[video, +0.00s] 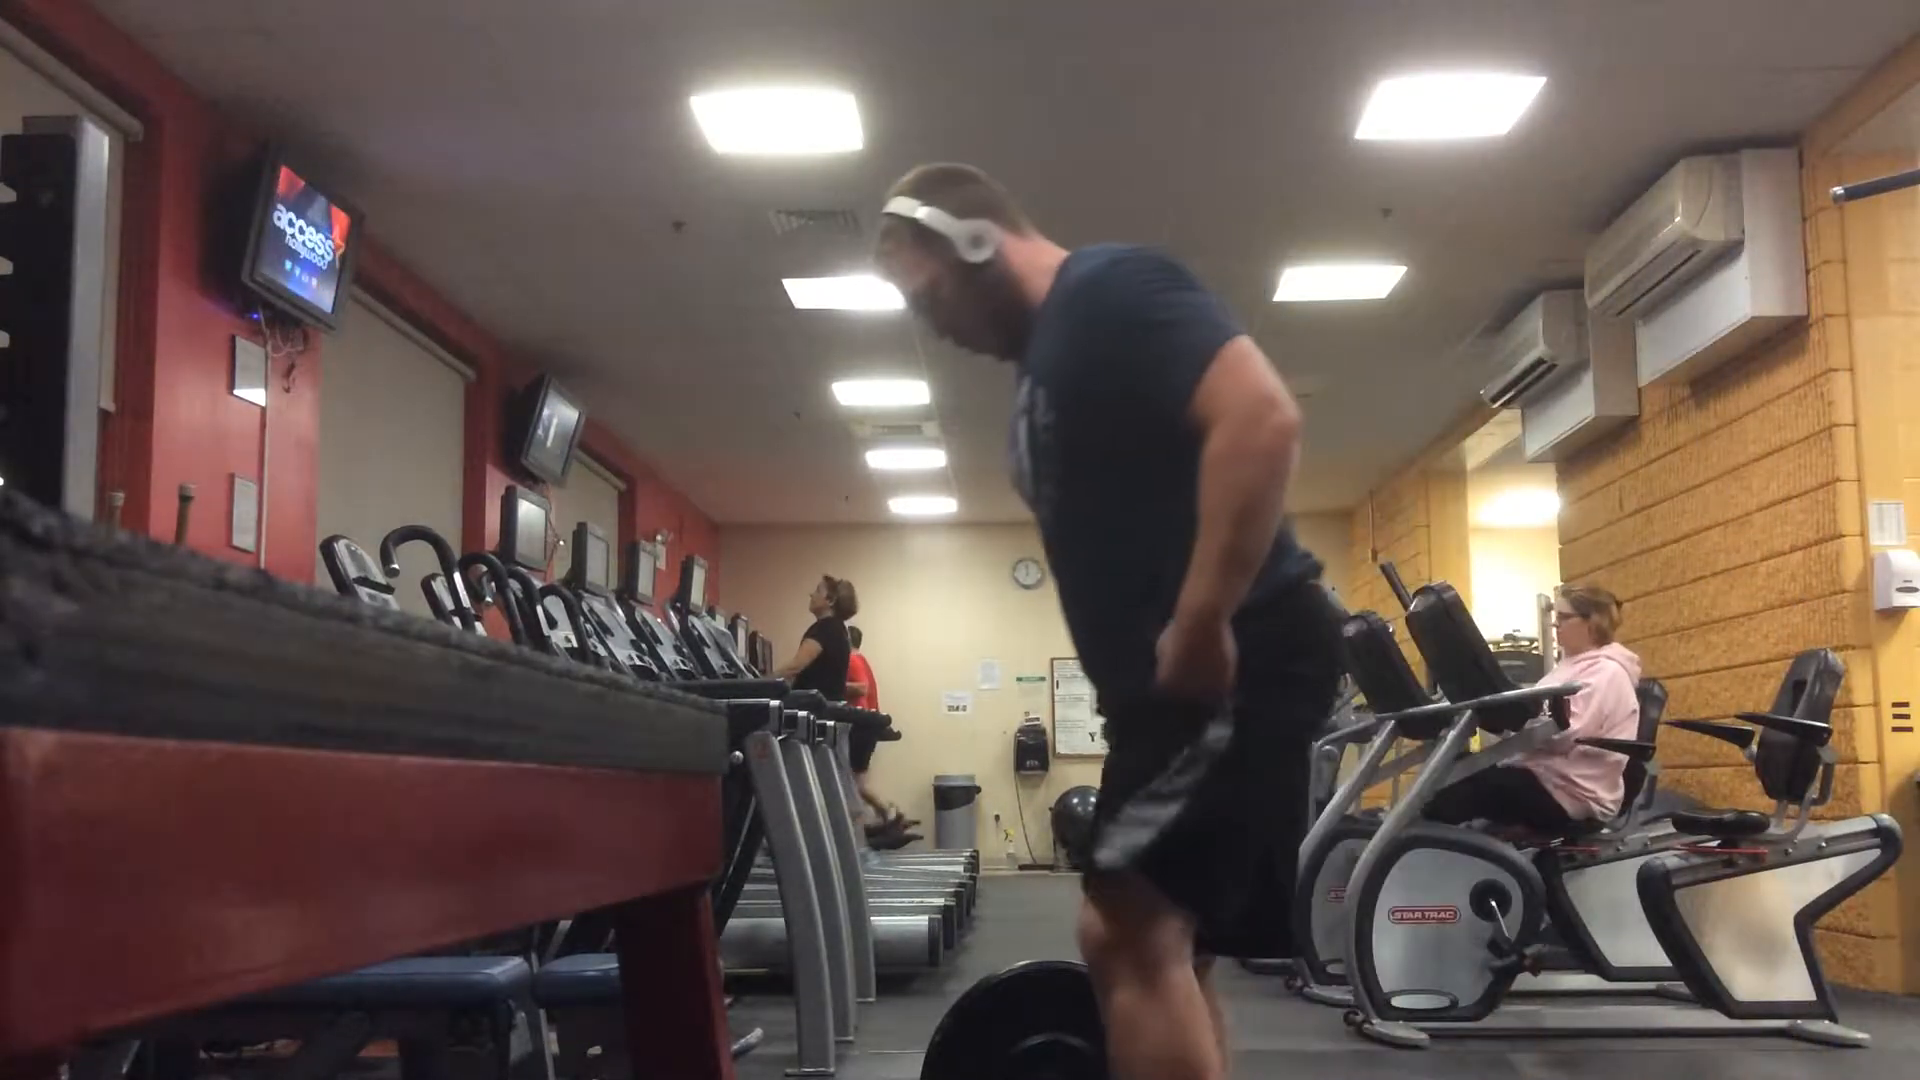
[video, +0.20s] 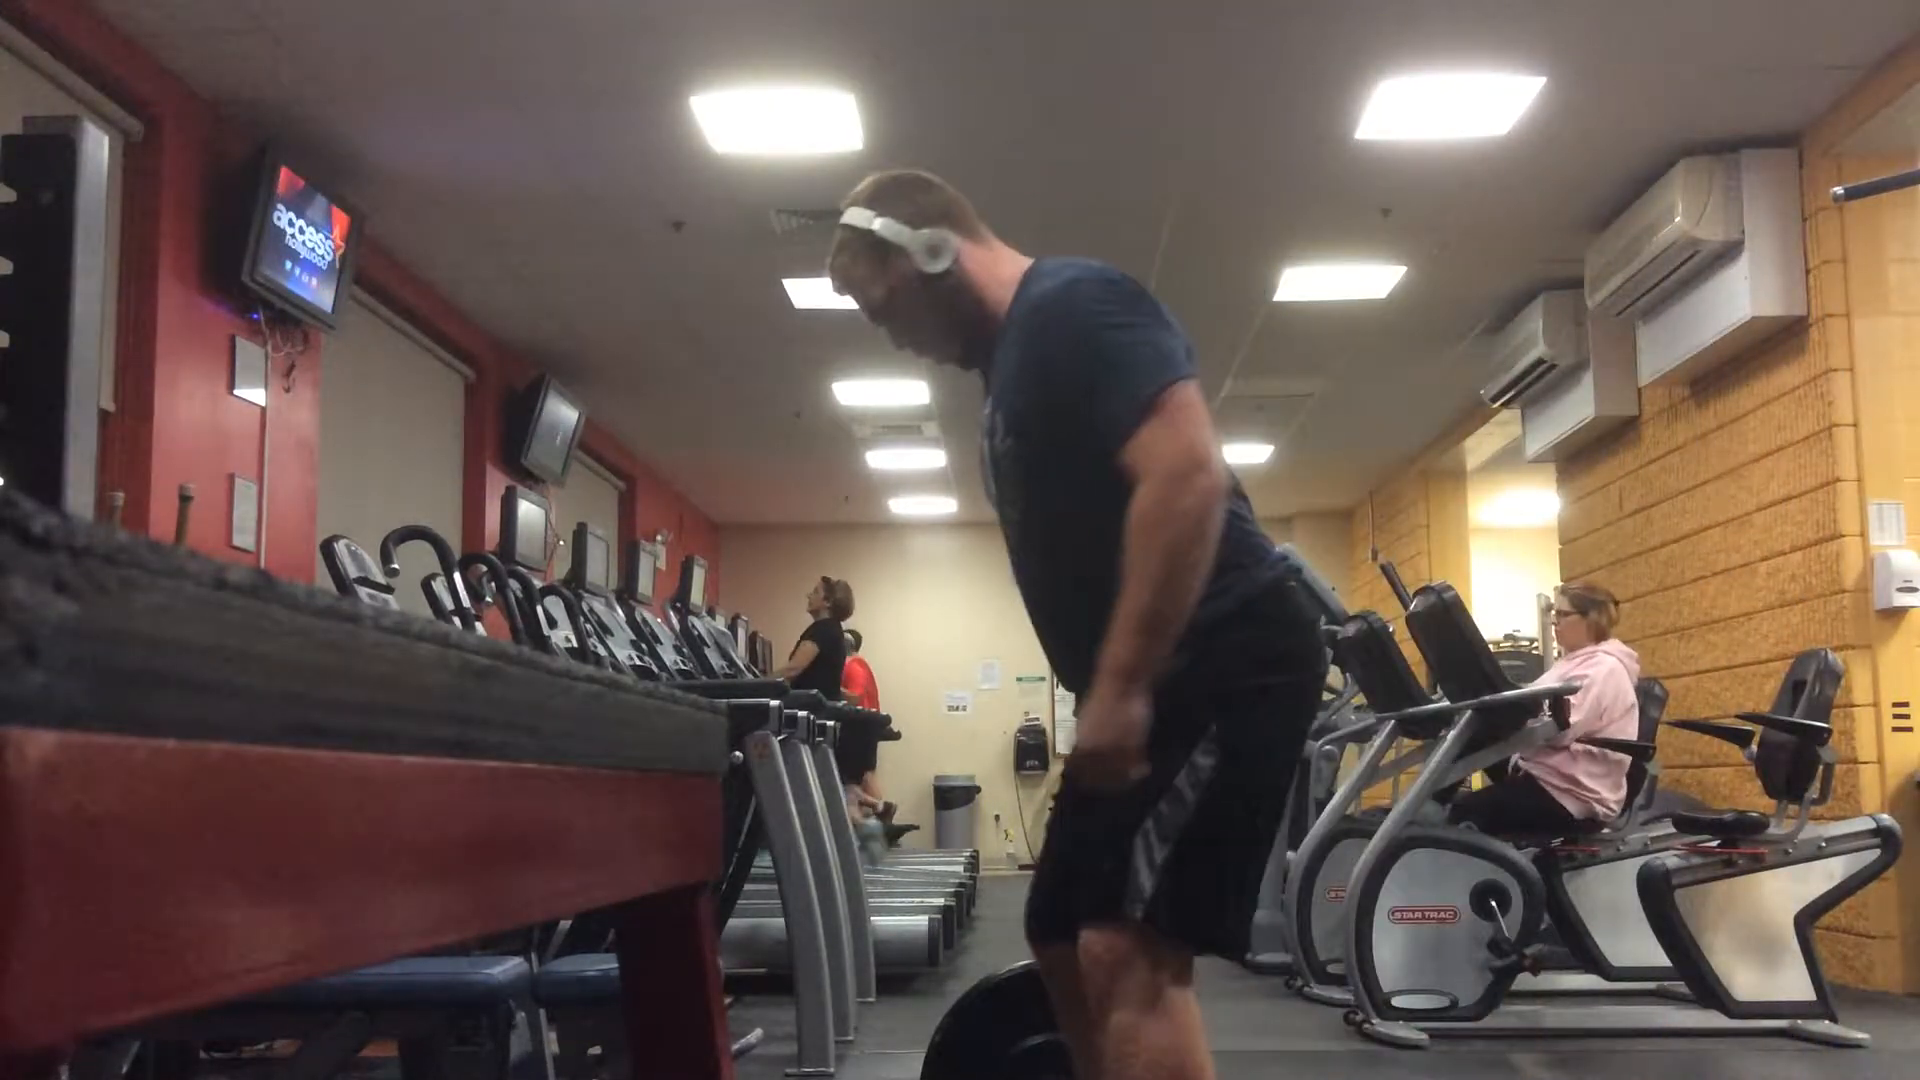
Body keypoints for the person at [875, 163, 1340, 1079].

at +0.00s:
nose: (930, 329)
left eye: (928, 298)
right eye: (917, 310)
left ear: (976, 247)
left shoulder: (1108, 285)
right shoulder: (1039, 390)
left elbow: (1258, 417)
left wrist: (1203, 616)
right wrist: (1125, 667)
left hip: (1239, 657)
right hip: (1163, 679)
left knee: (1126, 932)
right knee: (1160, 947)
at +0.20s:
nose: (890, 337)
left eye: (883, 307)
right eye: (874, 318)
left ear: (931, 256)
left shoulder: (1070, 302)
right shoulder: (1009, 384)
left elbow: (1187, 471)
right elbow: (1096, 545)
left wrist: (1117, 689)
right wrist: (1104, 700)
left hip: (1228, 648)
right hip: (1160, 671)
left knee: (1123, 947)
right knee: (1063, 940)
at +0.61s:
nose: (838, 430)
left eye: (825, 401)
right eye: (820, 413)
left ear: (853, 352)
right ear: (877, 323)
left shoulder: (1006, 376)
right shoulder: (966, 452)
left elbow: (1109, 555)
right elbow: (1058, 663)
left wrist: (1087, 786)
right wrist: (1072, 796)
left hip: (1235, 666)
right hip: (1172, 688)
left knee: (1081, 952)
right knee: (1078, 952)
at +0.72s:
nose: (802, 496)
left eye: (797, 464)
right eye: (789, 474)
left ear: (844, 423)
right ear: (852, 419)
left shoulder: (980, 472)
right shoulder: (949, 517)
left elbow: (1071, 684)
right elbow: (1041, 711)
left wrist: (1078, 914)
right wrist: (1064, 897)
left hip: (1265, 704)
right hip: (1197, 723)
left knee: (1088, 974)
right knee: (1051, 955)